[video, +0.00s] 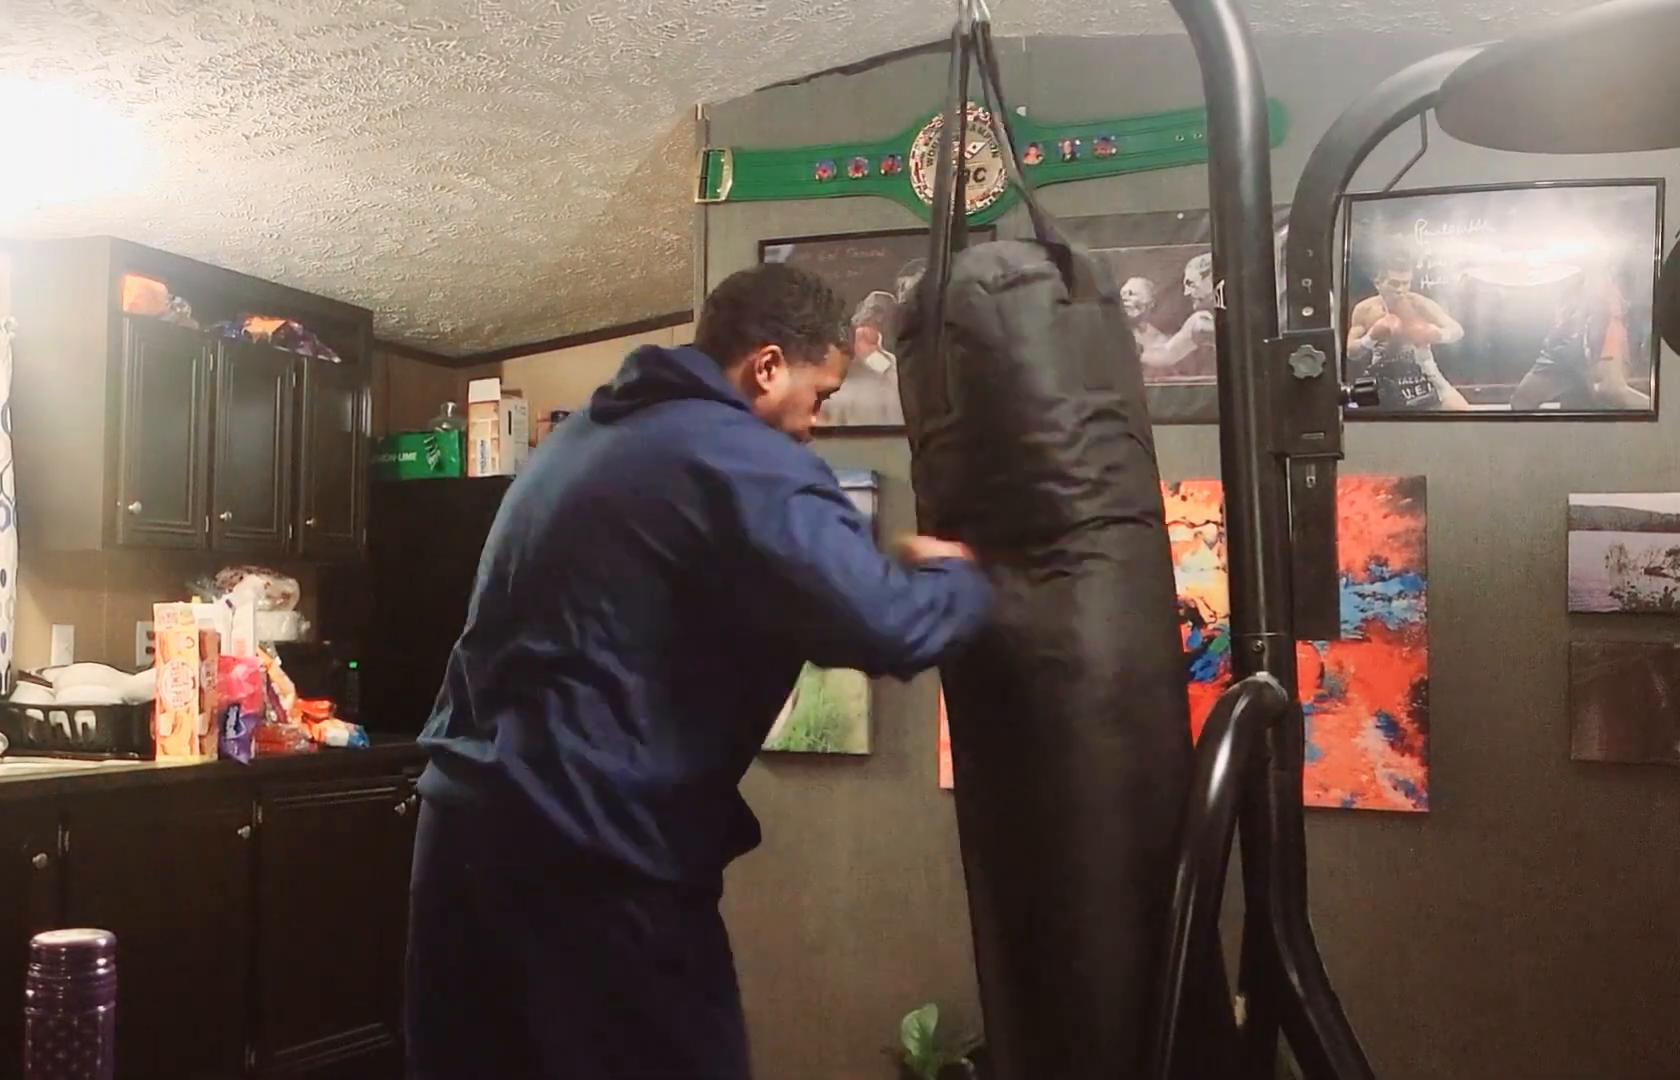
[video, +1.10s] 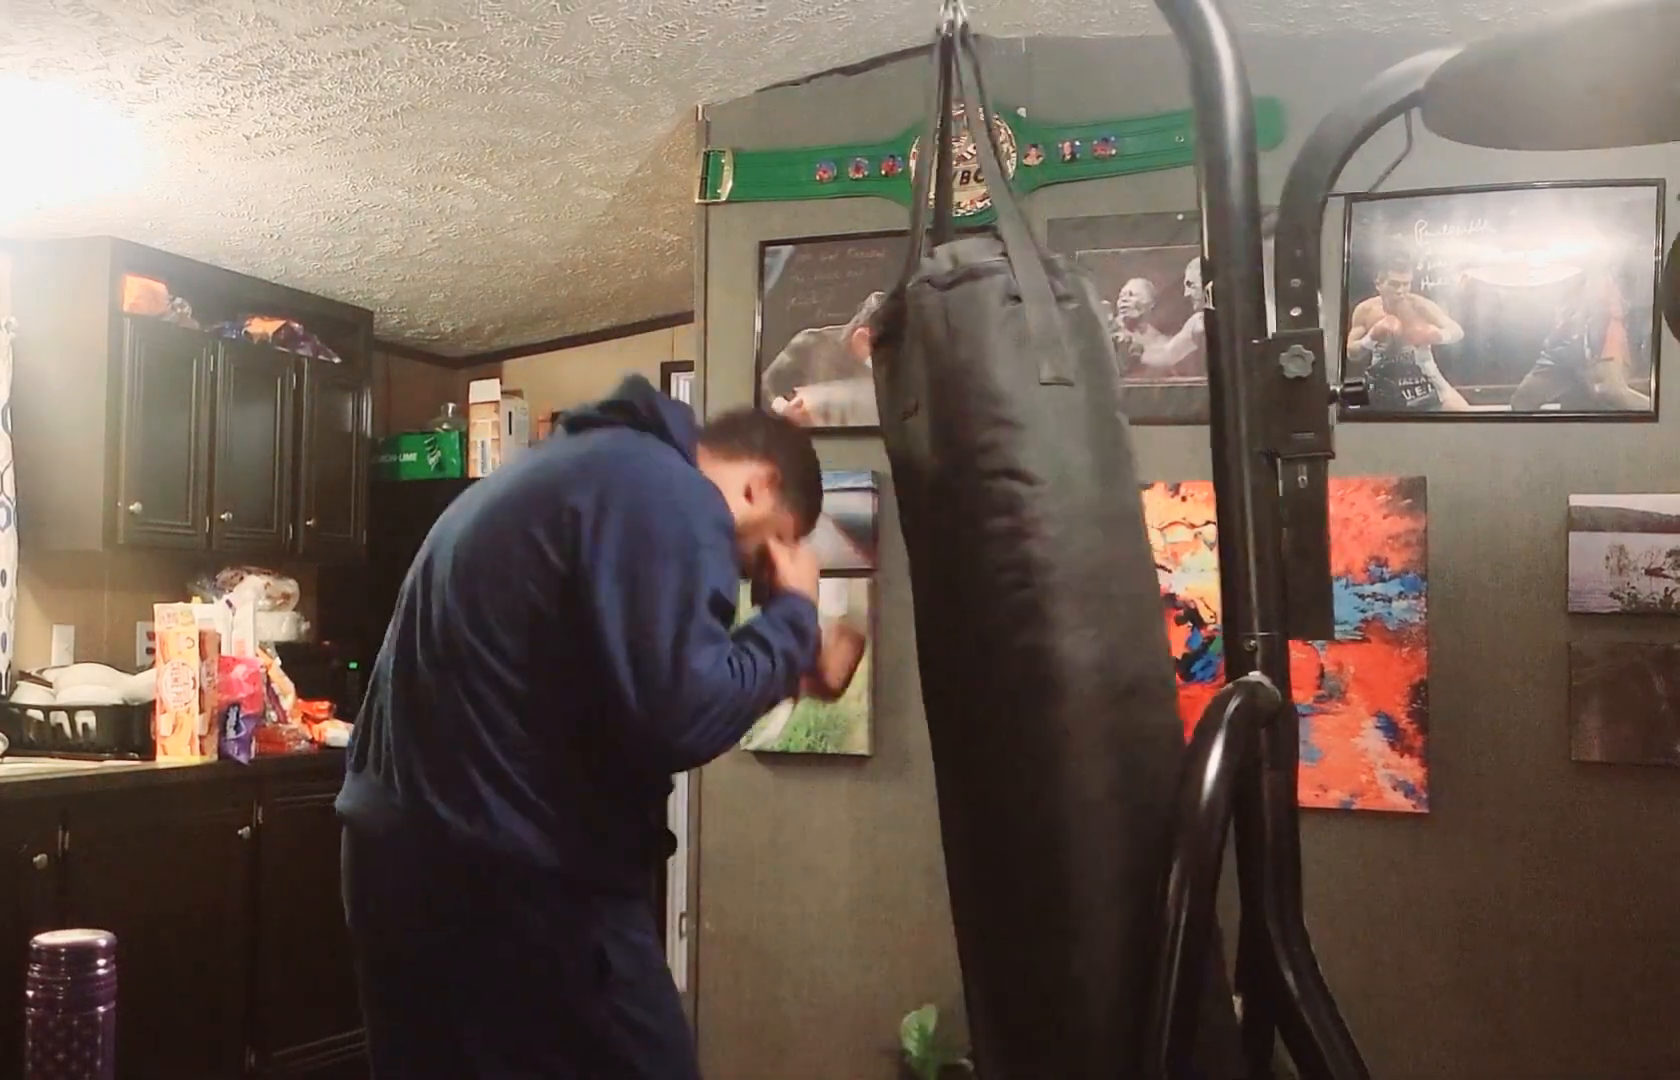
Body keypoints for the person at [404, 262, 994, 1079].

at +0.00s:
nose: (817, 423)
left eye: (829, 402)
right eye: (820, 397)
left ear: (746, 356)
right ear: (765, 368)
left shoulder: (589, 430)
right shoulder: (745, 465)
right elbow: (887, 624)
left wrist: (883, 552)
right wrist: (966, 585)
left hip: (464, 827)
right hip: (612, 859)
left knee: (472, 1063)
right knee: (673, 1064)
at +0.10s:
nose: (795, 419)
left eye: (803, 401)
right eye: (797, 395)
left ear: (684, 355)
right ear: (752, 365)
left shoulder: (551, 443)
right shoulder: (709, 459)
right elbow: (860, 647)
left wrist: (785, 505)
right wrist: (852, 530)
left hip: (465, 833)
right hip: (617, 858)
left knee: (471, 1064)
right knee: (671, 1063)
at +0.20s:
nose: (753, 434)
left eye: (762, 419)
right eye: (759, 414)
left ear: (651, 366)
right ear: (725, 373)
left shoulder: (512, 459)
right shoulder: (701, 467)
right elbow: (882, 641)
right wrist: (834, 469)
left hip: (450, 859)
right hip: (615, 878)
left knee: (466, 1066)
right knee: (678, 1064)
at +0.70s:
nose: (773, 429)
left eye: (786, 407)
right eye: (778, 401)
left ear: (704, 362)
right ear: (727, 365)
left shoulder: (544, 428)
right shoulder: (693, 474)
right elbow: (857, 657)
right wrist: (861, 471)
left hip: (429, 836)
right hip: (574, 866)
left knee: (451, 1068)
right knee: (669, 1065)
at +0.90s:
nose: (751, 441)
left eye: (767, 422)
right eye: (760, 413)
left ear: (703, 359)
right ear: (713, 364)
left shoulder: (552, 428)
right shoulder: (655, 460)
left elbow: (716, 549)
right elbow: (747, 683)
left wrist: (888, 529)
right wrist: (819, 527)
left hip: (433, 834)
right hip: (555, 863)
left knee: (457, 1064)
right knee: (642, 1061)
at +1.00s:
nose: (743, 494)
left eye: (759, 478)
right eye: (757, 466)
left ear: (717, 400)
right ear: (731, 407)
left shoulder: (548, 438)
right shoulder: (644, 464)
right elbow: (705, 693)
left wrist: (831, 585)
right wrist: (803, 561)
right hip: (545, 873)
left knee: (442, 1066)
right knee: (636, 1063)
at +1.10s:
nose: (752, 566)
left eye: (770, 555)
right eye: (769, 545)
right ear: (757, 488)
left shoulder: (562, 468)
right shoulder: (656, 487)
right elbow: (679, 716)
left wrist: (792, 666)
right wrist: (794, 614)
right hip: (524, 874)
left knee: (435, 1064)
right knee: (638, 1063)